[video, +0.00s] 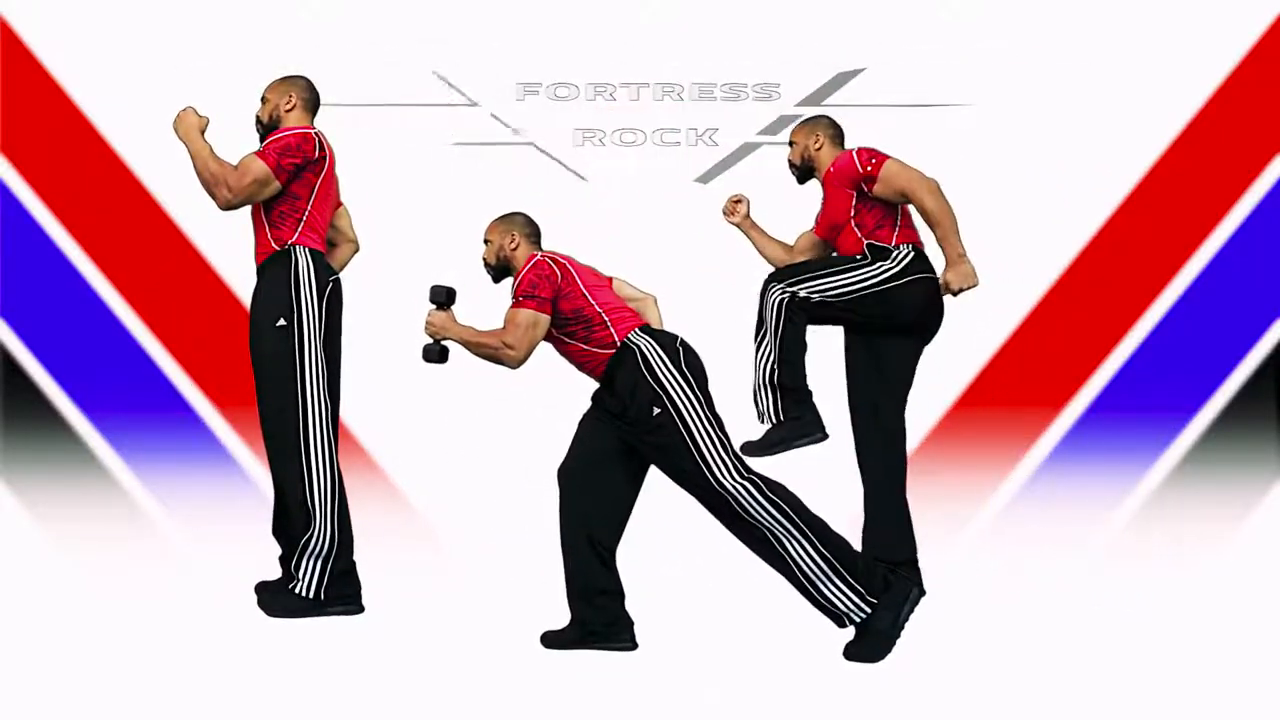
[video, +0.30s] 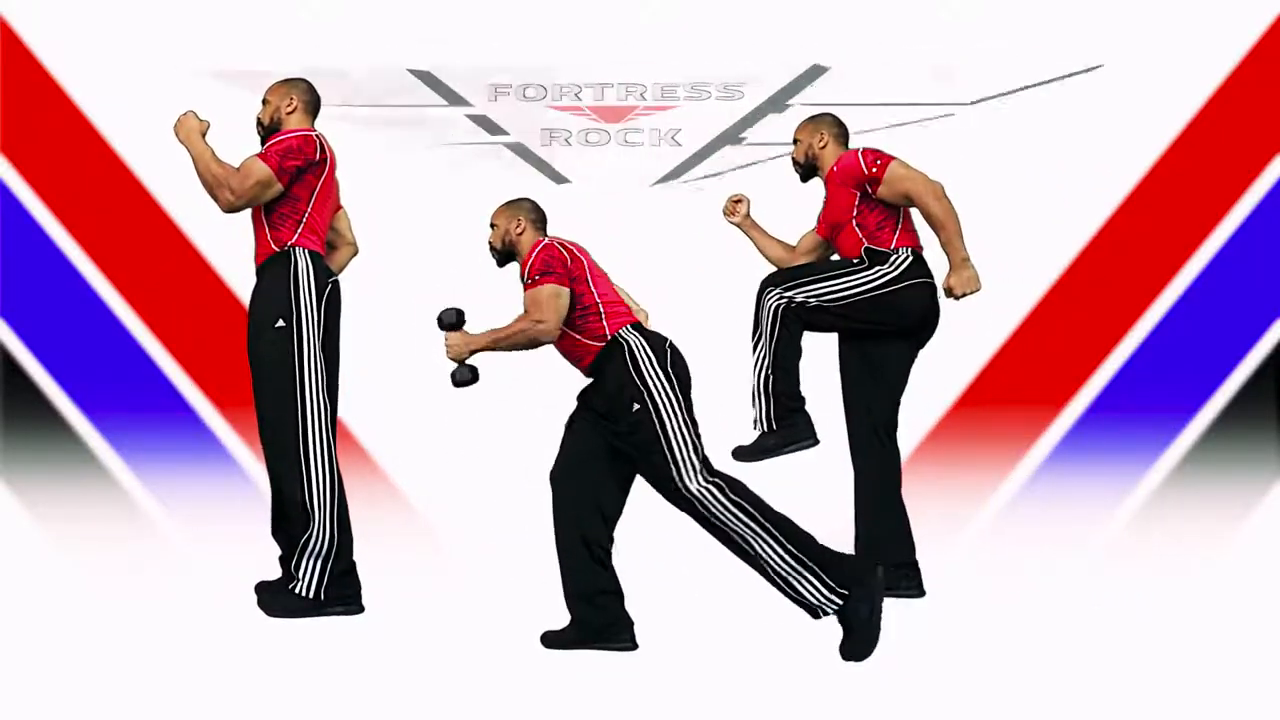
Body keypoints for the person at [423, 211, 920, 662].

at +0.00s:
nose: (484, 253)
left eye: (489, 243)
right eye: (485, 246)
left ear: (517, 239)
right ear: (524, 243)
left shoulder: (538, 270)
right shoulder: (564, 271)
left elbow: (511, 349)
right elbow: (643, 300)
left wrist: (448, 329)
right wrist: (661, 369)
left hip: (649, 366)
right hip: (626, 383)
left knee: (734, 491)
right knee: (584, 488)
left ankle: (873, 598)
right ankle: (601, 622)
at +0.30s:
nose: (490, 235)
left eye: (497, 225)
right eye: (490, 229)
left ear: (524, 223)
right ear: (523, 229)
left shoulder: (546, 252)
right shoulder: (559, 261)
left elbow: (544, 323)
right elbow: (634, 313)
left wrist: (476, 343)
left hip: (636, 363)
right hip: (610, 384)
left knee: (693, 484)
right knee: (576, 487)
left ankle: (843, 588)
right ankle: (600, 620)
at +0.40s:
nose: (498, 223)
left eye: (502, 212)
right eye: (498, 215)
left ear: (527, 210)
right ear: (531, 212)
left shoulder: (557, 238)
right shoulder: (542, 260)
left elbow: (569, 299)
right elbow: (602, 328)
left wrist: (505, 345)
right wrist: (584, 376)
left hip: (630, 353)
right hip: (604, 371)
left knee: (634, 487)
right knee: (577, 489)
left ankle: (778, 569)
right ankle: (601, 621)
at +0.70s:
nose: (529, 189)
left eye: (534, 179)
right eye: (529, 181)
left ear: (560, 176)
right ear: (560, 178)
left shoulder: (584, 204)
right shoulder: (567, 236)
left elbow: (642, 251)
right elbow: (553, 309)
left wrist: (620, 321)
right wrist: (497, 285)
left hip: (598, 333)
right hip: (611, 349)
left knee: (492, 353)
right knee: (587, 490)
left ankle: (497, 478)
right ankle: (603, 620)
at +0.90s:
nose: (536, 185)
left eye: (541, 175)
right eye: (536, 177)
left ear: (567, 174)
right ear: (567, 176)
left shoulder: (591, 205)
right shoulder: (571, 234)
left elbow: (646, 259)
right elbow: (549, 304)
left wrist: (632, 330)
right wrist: (499, 273)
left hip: (601, 321)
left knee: (490, 352)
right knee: (580, 489)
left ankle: (495, 480)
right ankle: (603, 621)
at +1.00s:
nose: (536, 186)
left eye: (542, 176)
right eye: (537, 178)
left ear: (568, 175)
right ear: (568, 177)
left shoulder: (591, 205)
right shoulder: (571, 236)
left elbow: (644, 257)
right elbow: (554, 307)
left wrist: (631, 329)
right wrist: (500, 274)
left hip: (600, 323)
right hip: (606, 342)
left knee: (488, 353)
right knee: (580, 489)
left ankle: (498, 482)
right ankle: (602, 621)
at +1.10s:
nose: (536, 187)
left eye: (541, 177)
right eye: (536, 179)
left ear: (567, 175)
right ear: (568, 178)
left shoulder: (590, 205)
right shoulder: (571, 237)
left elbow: (644, 257)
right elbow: (552, 306)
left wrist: (631, 328)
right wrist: (500, 274)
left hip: (601, 323)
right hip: (606, 343)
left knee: (488, 350)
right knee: (579, 488)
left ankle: (493, 478)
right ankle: (603, 621)